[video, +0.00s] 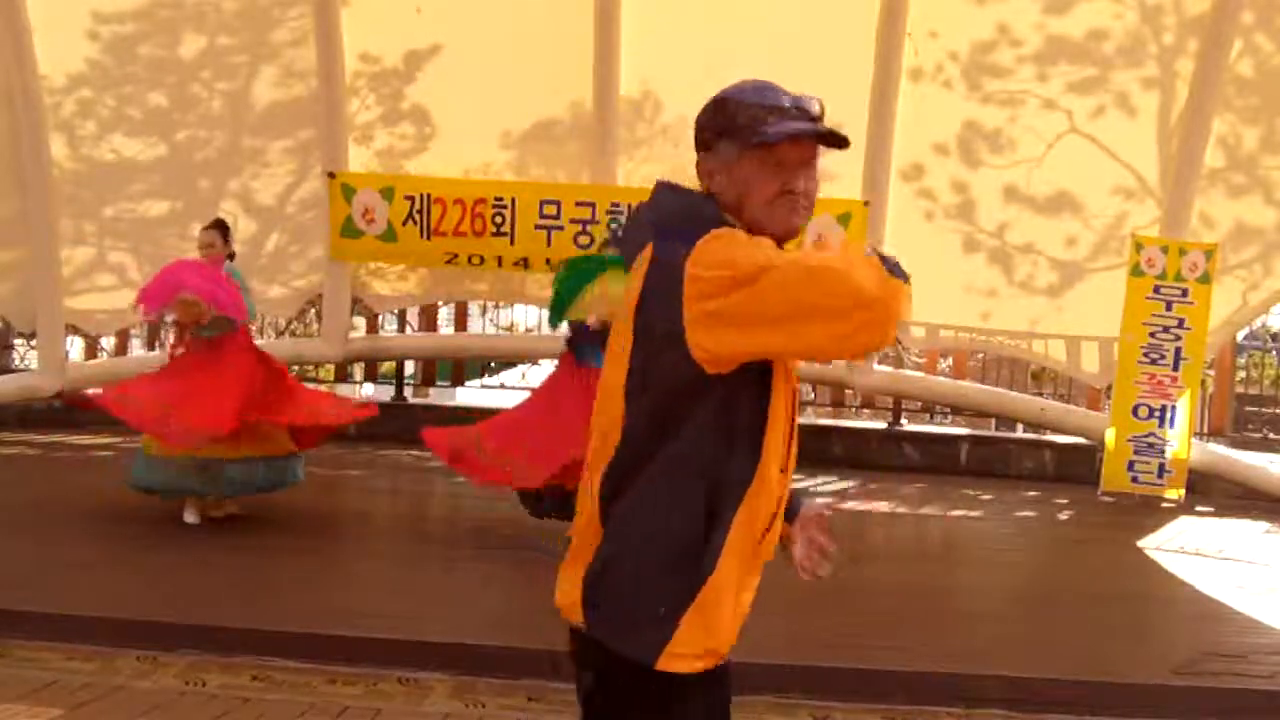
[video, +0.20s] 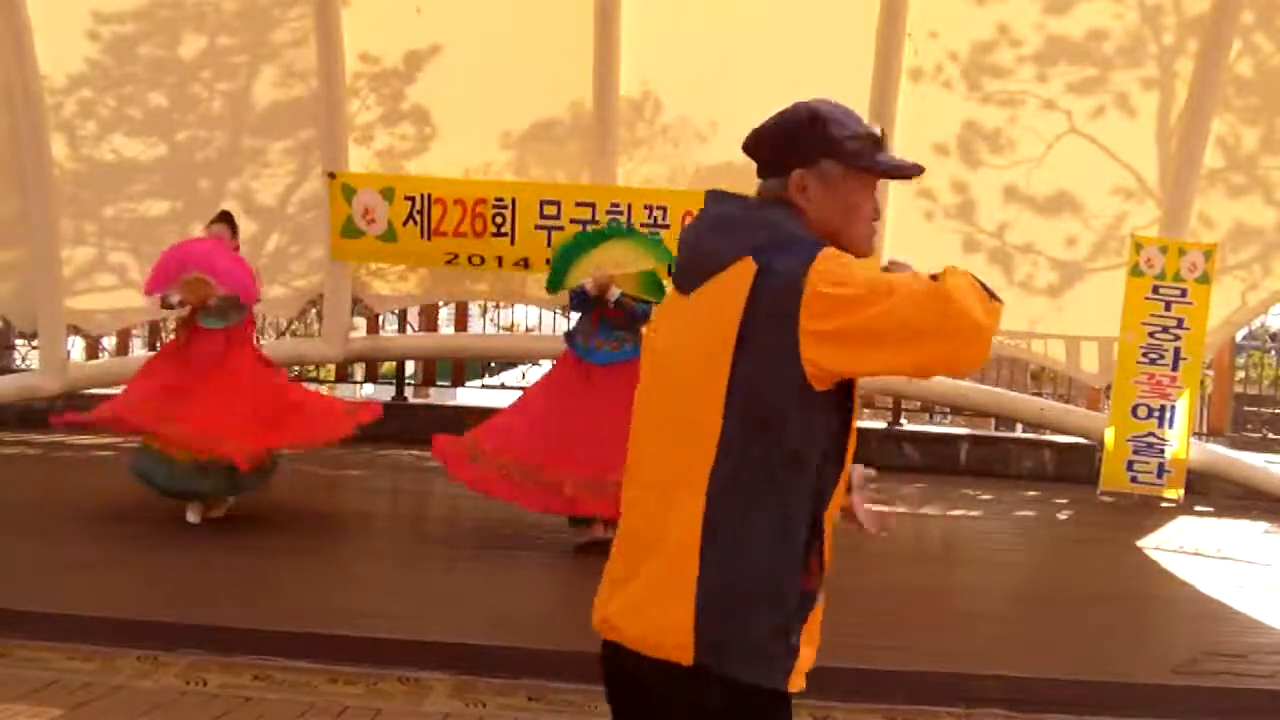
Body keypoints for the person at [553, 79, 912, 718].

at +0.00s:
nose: (801, 183)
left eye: (809, 165)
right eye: (776, 163)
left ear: (820, 170)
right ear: (711, 170)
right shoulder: (703, 259)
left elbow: (700, 430)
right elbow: (868, 309)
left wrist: (784, 513)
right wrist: (831, 249)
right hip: (656, 631)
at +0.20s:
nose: (880, 203)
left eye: (878, 186)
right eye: (865, 184)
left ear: (798, 186)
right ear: (803, 186)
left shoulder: (705, 262)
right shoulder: (803, 277)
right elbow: (958, 327)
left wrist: (830, 485)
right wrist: (924, 285)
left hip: (642, 632)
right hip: (719, 649)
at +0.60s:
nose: (982, 217)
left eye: (982, 201)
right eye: (981, 201)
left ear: (886, 196)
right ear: (969, 206)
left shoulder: (799, 298)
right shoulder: (976, 294)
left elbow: (743, 440)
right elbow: (1099, 348)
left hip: (768, 636)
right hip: (888, 643)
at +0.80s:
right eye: (1003, 195)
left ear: (905, 188)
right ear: (999, 199)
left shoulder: (826, 282)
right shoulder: (1025, 289)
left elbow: (717, 410)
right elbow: (1078, 296)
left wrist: (731, 464)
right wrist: (1080, 266)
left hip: (814, 611)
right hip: (937, 622)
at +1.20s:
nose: (880, 241)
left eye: (882, 227)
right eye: (883, 227)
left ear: (892, 224)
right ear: (970, 224)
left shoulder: (865, 314)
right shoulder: (1017, 311)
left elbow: (777, 453)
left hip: (895, 634)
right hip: (1002, 632)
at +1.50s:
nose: (928, 255)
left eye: (929, 239)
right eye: (929, 238)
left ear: (944, 244)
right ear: (1010, 248)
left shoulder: (952, 329)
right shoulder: (1047, 324)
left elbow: (873, 467)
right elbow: (963, 328)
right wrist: (887, 316)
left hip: (970, 652)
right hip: (1054, 647)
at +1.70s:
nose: (950, 265)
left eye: (951, 249)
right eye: (952, 248)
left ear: (963, 251)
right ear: (1031, 256)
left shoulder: (972, 331)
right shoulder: (1065, 339)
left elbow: (870, 436)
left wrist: (788, 521)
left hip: (983, 654)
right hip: (1063, 653)